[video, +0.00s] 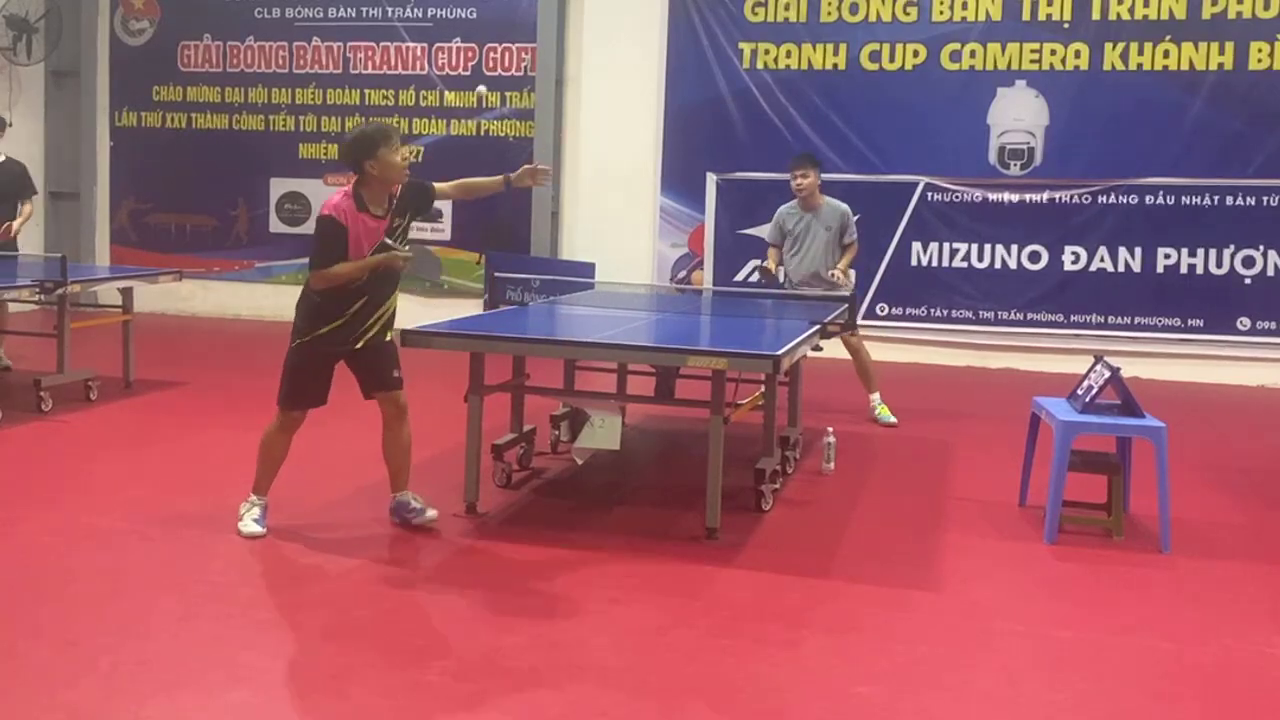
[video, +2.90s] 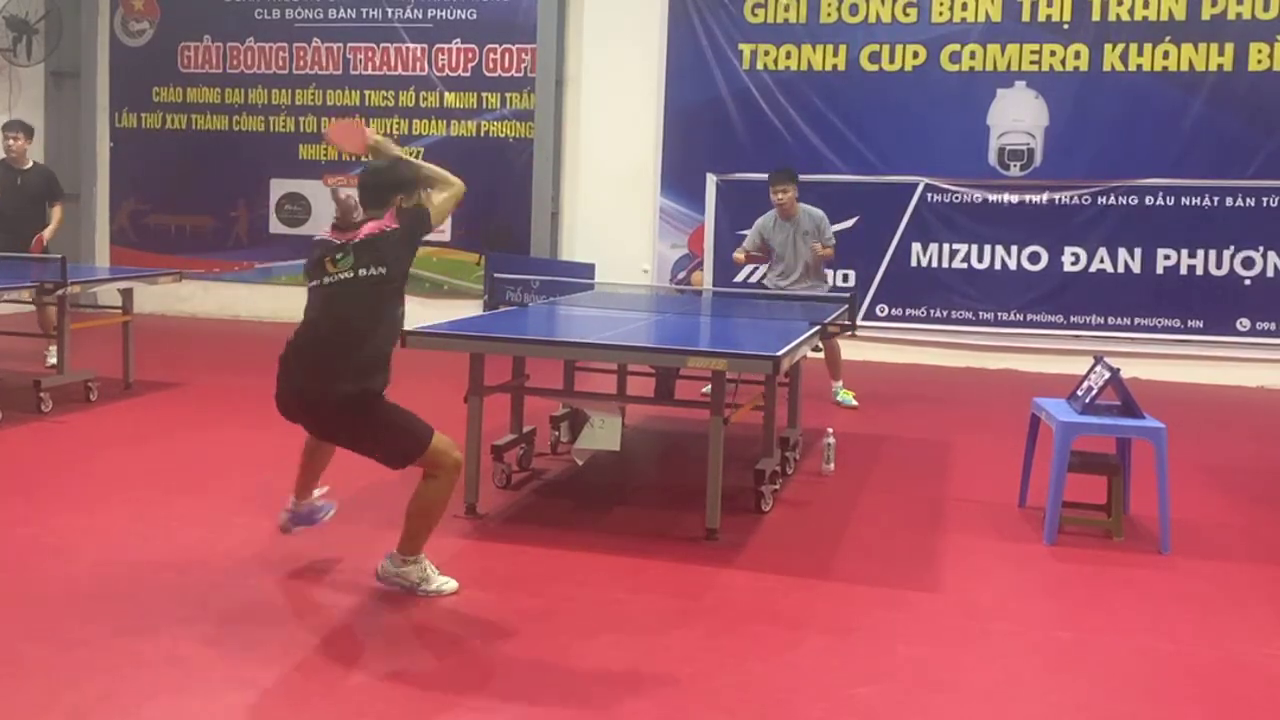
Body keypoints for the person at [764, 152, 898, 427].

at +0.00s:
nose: (798, 183)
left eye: (804, 177)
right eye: (794, 178)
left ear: (818, 179)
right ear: (790, 182)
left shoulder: (840, 212)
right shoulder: (784, 214)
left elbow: (851, 245)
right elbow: (774, 246)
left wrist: (841, 267)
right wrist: (772, 263)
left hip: (833, 295)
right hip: (794, 295)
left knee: (853, 342)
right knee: (777, 342)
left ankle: (876, 401)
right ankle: (766, 391)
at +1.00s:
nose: (809, 214)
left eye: (815, 208)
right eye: (804, 209)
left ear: (824, 207)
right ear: (795, 208)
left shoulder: (831, 219)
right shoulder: (786, 237)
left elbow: (838, 243)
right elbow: (779, 276)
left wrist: (857, 236)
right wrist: (798, 275)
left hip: (818, 304)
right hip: (783, 304)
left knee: (853, 350)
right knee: (770, 350)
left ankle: (868, 404)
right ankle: (760, 405)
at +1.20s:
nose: (818, 198)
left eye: (824, 192)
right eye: (814, 193)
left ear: (838, 195)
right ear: (809, 195)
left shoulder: (850, 220)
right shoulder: (800, 226)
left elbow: (866, 243)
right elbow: (780, 265)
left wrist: (879, 234)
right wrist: (792, 252)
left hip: (837, 302)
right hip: (800, 302)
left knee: (866, 353)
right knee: (779, 352)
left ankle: (874, 403)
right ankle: (761, 405)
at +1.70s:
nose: (802, 181)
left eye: (808, 176)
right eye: (799, 176)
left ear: (823, 177)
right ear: (796, 180)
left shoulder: (845, 211)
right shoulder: (790, 213)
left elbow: (860, 245)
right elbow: (774, 245)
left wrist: (853, 248)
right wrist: (761, 252)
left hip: (837, 294)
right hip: (798, 294)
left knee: (850, 341)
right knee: (774, 337)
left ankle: (872, 401)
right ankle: (760, 386)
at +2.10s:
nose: (789, 219)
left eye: (793, 213)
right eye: (786, 214)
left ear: (808, 210)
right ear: (785, 216)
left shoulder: (837, 230)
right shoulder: (789, 243)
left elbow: (860, 265)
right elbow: (774, 271)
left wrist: (844, 269)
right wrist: (762, 274)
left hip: (845, 301)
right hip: (808, 304)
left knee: (863, 348)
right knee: (780, 340)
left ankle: (885, 400)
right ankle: (762, 387)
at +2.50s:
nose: (787, 189)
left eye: (792, 183)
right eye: (783, 184)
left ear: (804, 183)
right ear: (779, 187)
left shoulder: (825, 206)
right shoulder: (775, 215)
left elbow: (845, 232)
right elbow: (760, 254)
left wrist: (852, 233)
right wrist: (753, 248)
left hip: (824, 290)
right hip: (786, 290)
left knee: (845, 337)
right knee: (770, 336)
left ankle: (859, 392)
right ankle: (763, 386)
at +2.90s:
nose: (779, 198)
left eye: (785, 192)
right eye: (775, 193)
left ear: (796, 192)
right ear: (770, 195)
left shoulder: (816, 218)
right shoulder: (764, 223)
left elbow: (830, 253)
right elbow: (746, 252)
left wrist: (823, 252)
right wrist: (741, 256)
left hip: (812, 290)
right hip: (774, 290)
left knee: (828, 334)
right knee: (739, 324)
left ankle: (838, 388)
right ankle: (722, 380)